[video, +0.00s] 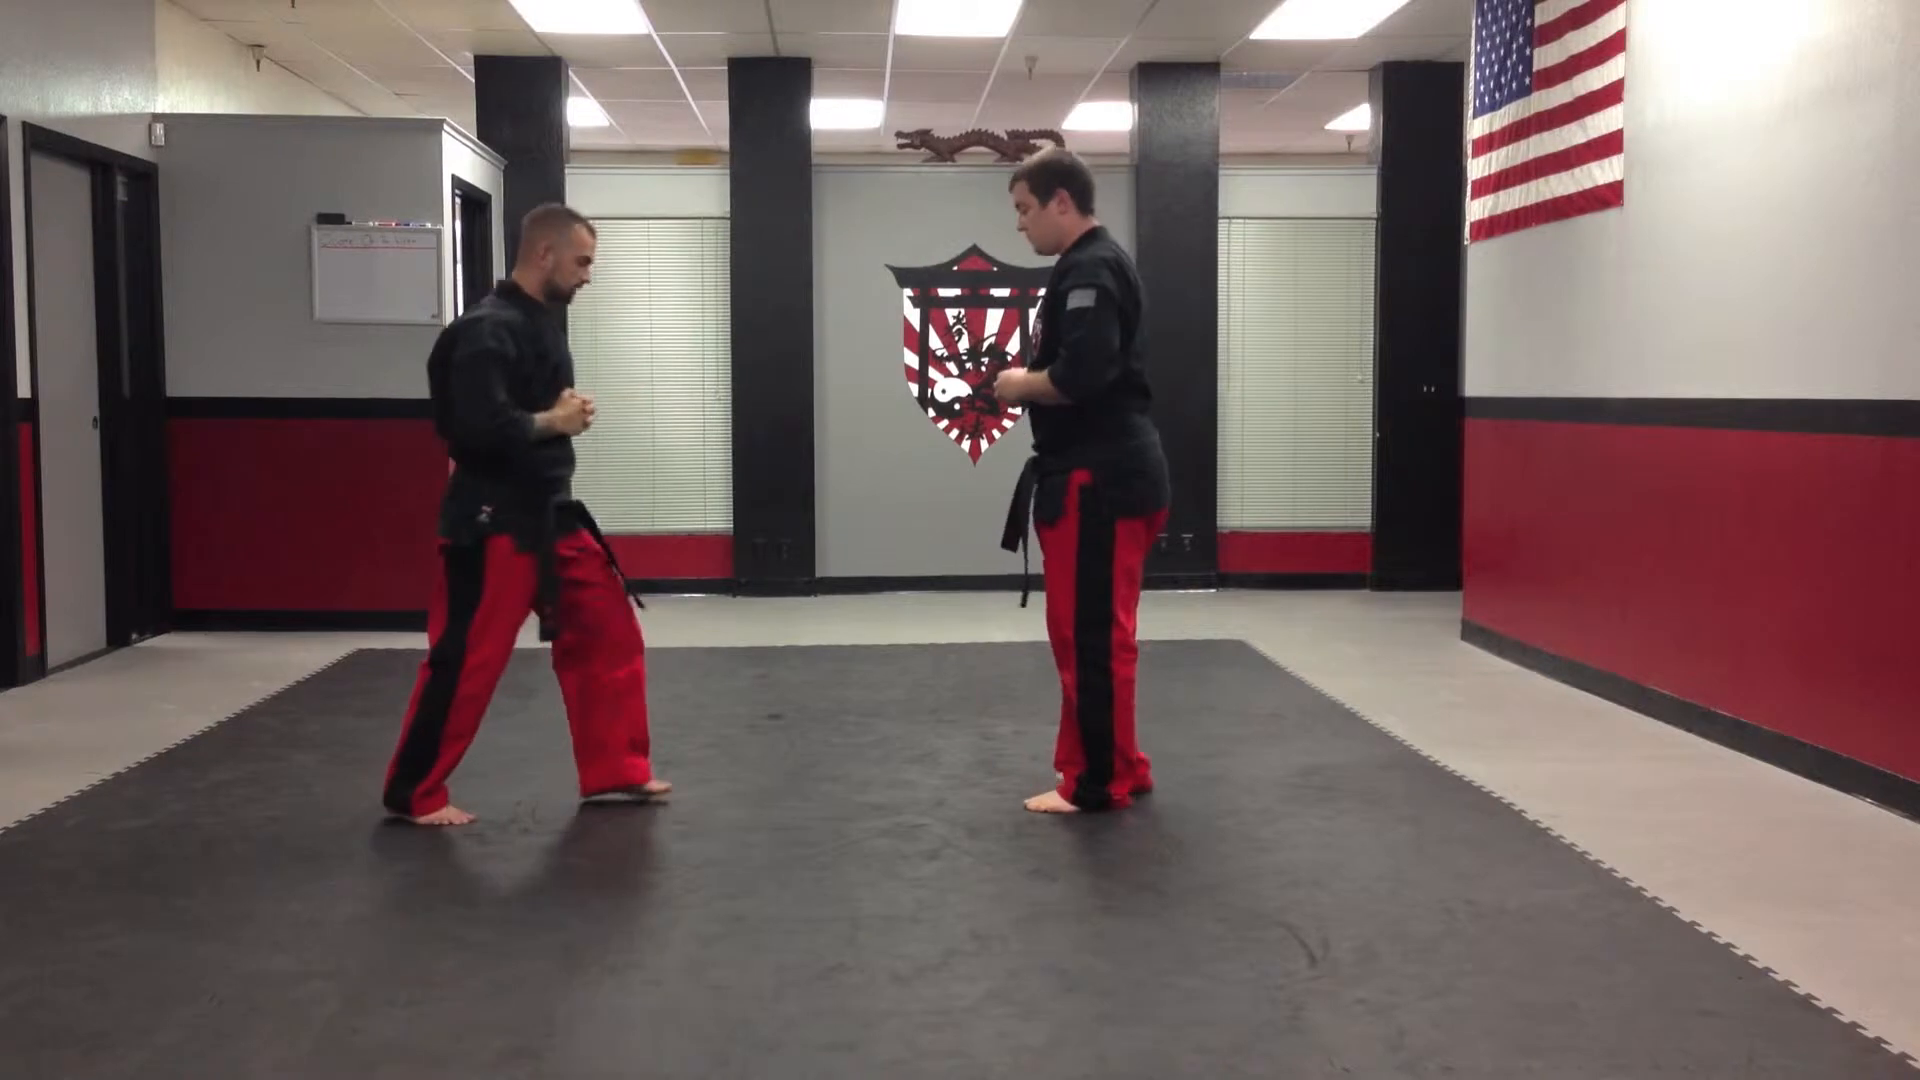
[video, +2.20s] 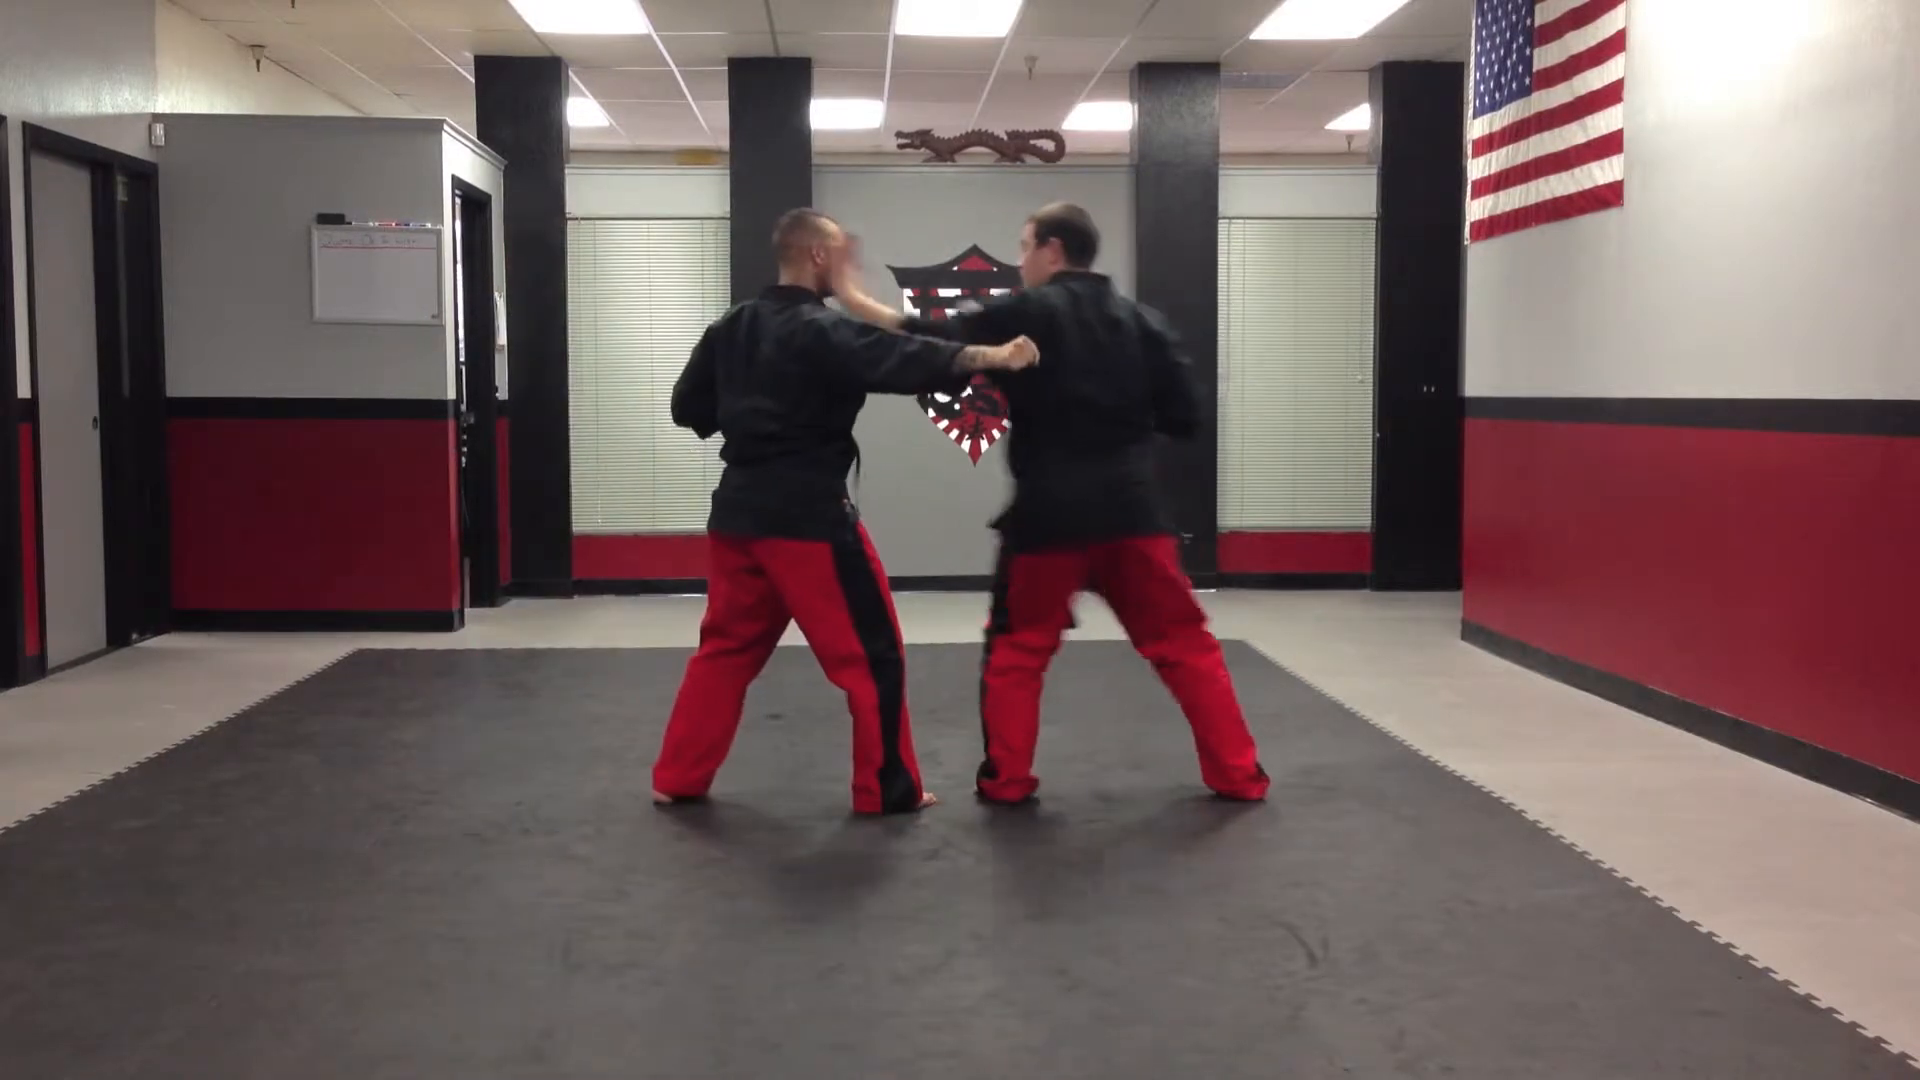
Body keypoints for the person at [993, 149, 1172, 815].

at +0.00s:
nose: (1020, 224)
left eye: (1024, 210)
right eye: (1017, 212)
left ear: (1060, 202)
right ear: (1062, 204)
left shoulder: (1088, 268)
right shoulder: (1090, 263)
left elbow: (1084, 376)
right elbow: (1077, 369)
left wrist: (1019, 386)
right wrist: (1021, 380)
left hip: (1101, 479)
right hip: (1100, 474)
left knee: (1087, 635)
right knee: (1096, 631)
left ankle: (1096, 784)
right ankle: (1117, 767)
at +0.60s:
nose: (1008, 221)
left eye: (1019, 210)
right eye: (1011, 209)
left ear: (1057, 218)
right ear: (1058, 219)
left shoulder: (1074, 287)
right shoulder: (1076, 279)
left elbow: (1077, 393)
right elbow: (1071, 383)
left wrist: (1015, 405)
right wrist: (1018, 396)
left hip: (1083, 486)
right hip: (1105, 479)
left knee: (1039, 635)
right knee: (1105, 627)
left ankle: (992, 783)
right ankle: (1144, 762)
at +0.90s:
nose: (994, 226)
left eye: (1005, 215)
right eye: (998, 214)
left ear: (1042, 226)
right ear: (1050, 228)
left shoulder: (1040, 295)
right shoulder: (1081, 293)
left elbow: (994, 384)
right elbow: (1047, 389)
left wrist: (926, 362)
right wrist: (966, 376)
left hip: (1047, 500)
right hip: (1096, 494)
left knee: (979, 636)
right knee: (1090, 627)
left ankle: (983, 792)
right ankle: (1154, 759)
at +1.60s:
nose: (1039, 239)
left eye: (1045, 226)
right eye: (1041, 226)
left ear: (1075, 231)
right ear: (1103, 234)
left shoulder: (1048, 291)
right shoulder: (1153, 307)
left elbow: (951, 313)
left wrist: (915, 287)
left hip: (1074, 504)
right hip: (1151, 503)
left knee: (1003, 644)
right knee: (1169, 637)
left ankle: (987, 794)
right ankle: (1233, 772)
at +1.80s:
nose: (1066, 252)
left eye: (1072, 239)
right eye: (1067, 240)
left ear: (1103, 240)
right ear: (1131, 242)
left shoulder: (1086, 307)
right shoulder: (1195, 309)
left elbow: (1022, 376)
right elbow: (1229, 403)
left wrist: (986, 315)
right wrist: (1162, 410)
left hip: (1103, 509)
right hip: (1187, 508)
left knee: (1037, 638)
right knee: (1195, 642)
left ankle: (1038, 779)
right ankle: (1232, 775)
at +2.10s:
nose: (1044, 263)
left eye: (1049, 251)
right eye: (1045, 251)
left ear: (1078, 254)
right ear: (1106, 256)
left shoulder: (1060, 316)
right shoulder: (1169, 317)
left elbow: (985, 372)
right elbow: (1214, 407)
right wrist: (1148, 415)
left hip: (1089, 516)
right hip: (1170, 511)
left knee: (1034, 644)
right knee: (1197, 643)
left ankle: (1008, 777)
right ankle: (1237, 776)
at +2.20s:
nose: (1020, 260)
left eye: (1026, 249)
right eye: (1023, 248)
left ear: (1053, 251)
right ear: (1083, 255)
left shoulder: (1025, 312)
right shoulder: (1139, 318)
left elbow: (929, 337)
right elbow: (1185, 416)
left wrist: (850, 293)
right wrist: (1118, 403)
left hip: (1048, 515)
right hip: (1132, 512)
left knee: (1018, 645)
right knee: (1183, 639)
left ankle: (1007, 780)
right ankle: (1239, 775)